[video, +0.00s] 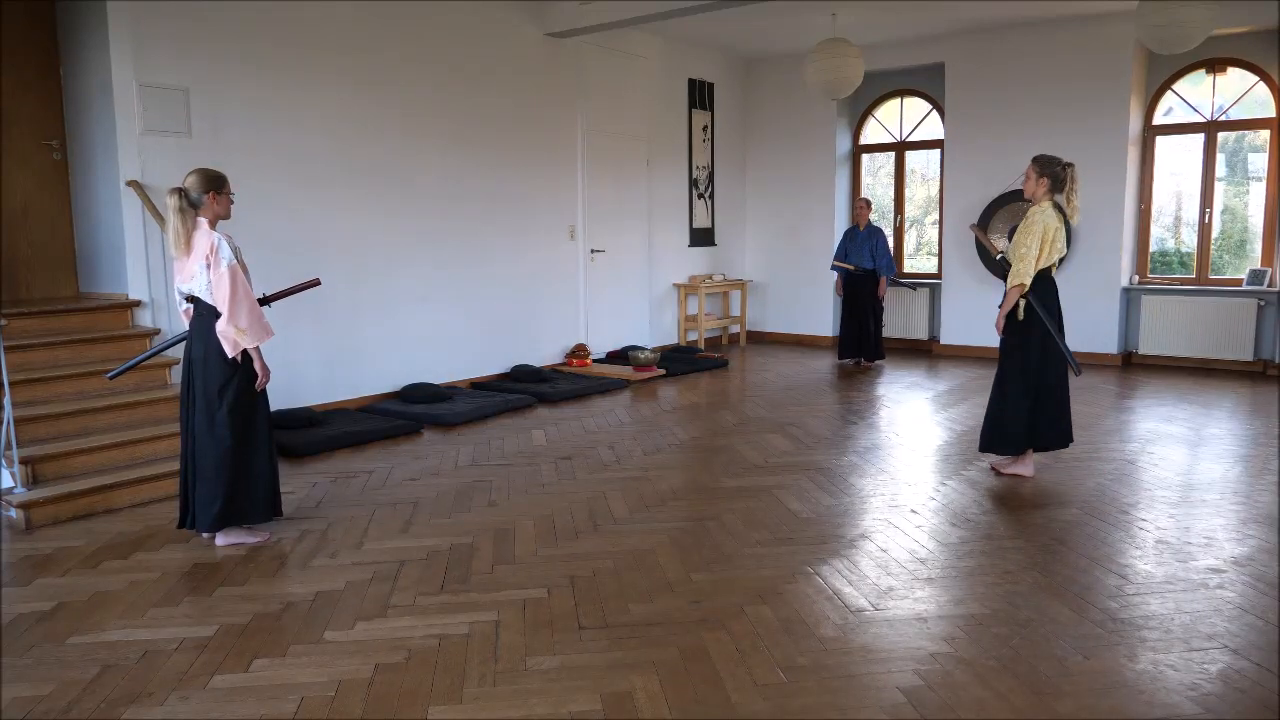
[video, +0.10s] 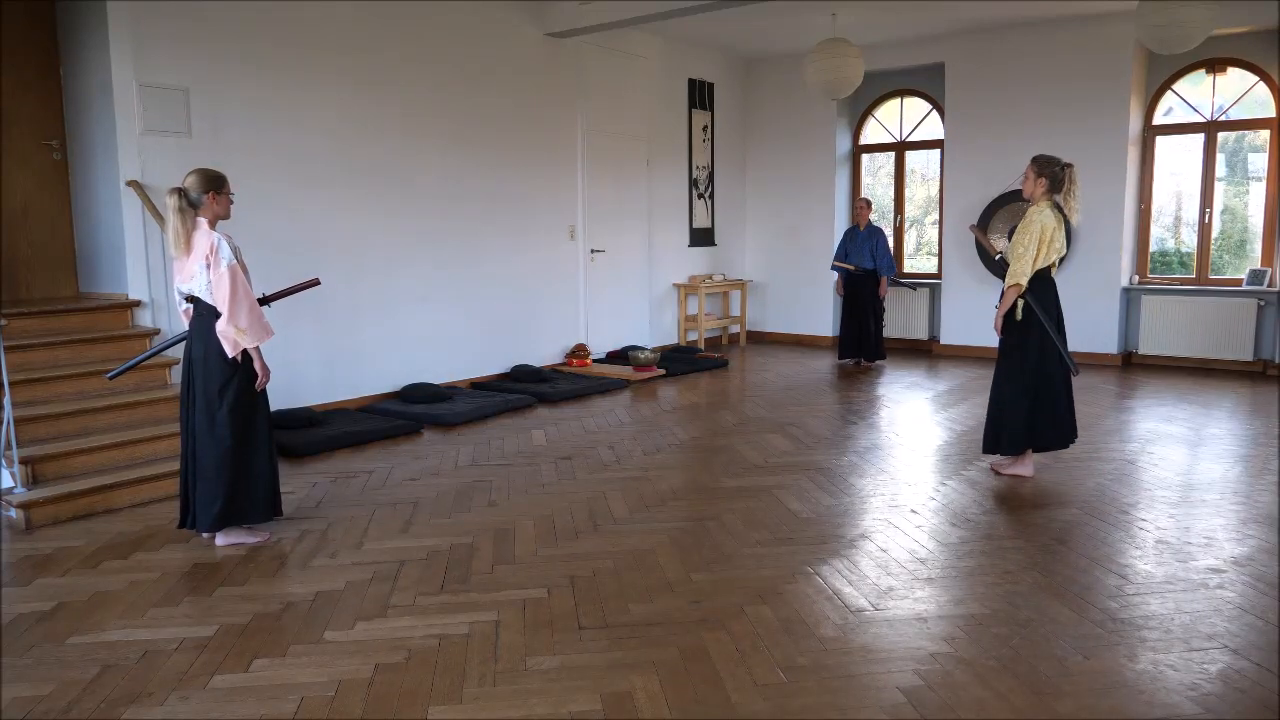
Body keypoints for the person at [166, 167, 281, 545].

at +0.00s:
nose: (232, 202)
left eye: (231, 195)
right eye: (229, 196)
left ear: (203, 199)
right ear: (212, 199)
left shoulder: (184, 241)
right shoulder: (218, 242)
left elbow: (186, 304)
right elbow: (234, 304)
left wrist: (207, 331)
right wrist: (255, 352)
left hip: (200, 344)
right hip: (225, 345)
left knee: (209, 432)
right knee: (232, 433)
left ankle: (212, 521)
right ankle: (230, 526)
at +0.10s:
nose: (232, 202)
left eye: (230, 195)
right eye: (229, 196)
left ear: (203, 199)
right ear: (211, 199)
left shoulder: (184, 242)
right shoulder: (218, 243)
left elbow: (186, 304)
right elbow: (235, 304)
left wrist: (207, 331)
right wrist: (255, 352)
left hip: (199, 344)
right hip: (225, 345)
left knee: (209, 432)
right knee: (232, 433)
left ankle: (211, 521)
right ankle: (229, 526)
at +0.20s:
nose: (232, 202)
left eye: (230, 196)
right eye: (229, 196)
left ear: (202, 199)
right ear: (211, 199)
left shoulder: (183, 242)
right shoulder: (218, 242)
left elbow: (185, 303)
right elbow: (235, 304)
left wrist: (205, 331)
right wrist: (255, 351)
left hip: (199, 342)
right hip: (225, 343)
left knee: (209, 430)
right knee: (232, 432)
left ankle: (211, 521)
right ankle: (229, 526)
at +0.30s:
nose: (231, 202)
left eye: (230, 196)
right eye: (228, 196)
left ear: (202, 200)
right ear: (211, 199)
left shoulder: (182, 242)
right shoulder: (218, 242)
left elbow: (185, 304)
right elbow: (235, 304)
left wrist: (205, 332)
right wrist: (256, 352)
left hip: (198, 343)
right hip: (224, 344)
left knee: (208, 431)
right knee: (231, 432)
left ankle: (211, 521)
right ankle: (228, 526)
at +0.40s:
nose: (231, 203)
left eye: (230, 196)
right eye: (228, 197)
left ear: (201, 200)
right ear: (211, 199)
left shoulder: (181, 241)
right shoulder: (217, 243)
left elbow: (184, 303)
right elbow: (235, 305)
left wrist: (203, 332)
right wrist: (256, 351)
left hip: (198, 342)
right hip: (224, 343)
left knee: (208, 430)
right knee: (230, 432)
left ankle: (211, 521)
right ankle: (227, 526)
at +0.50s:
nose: (231, 203)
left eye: (230, 197)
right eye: (228, 197)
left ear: (201, 200)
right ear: (210, 199)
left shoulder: (181, 240)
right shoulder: (216, 242)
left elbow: (183, 302)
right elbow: (235, 304)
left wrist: (202, 332)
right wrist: (255, 351)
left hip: (198, 341)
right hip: (224, 342)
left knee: (209, 430)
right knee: (232, 431)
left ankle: (213, 521)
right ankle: (229, 525)